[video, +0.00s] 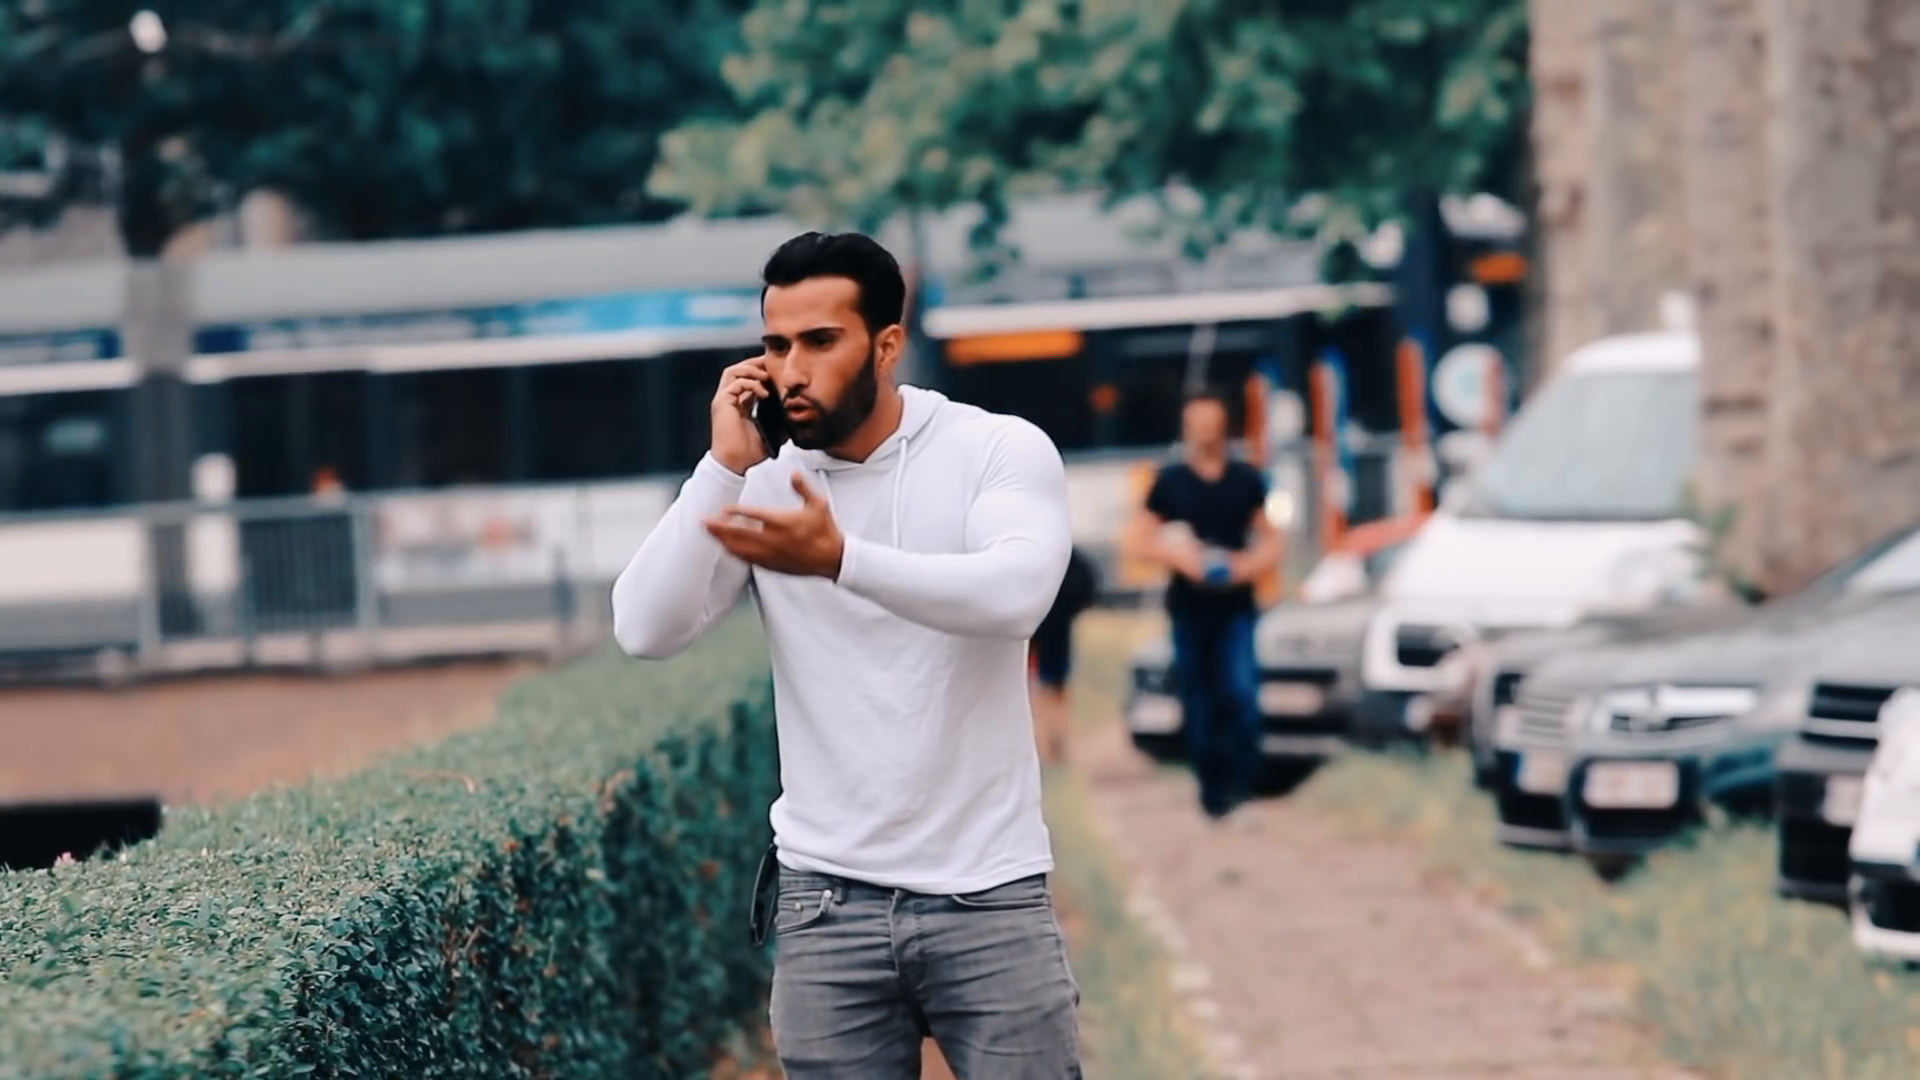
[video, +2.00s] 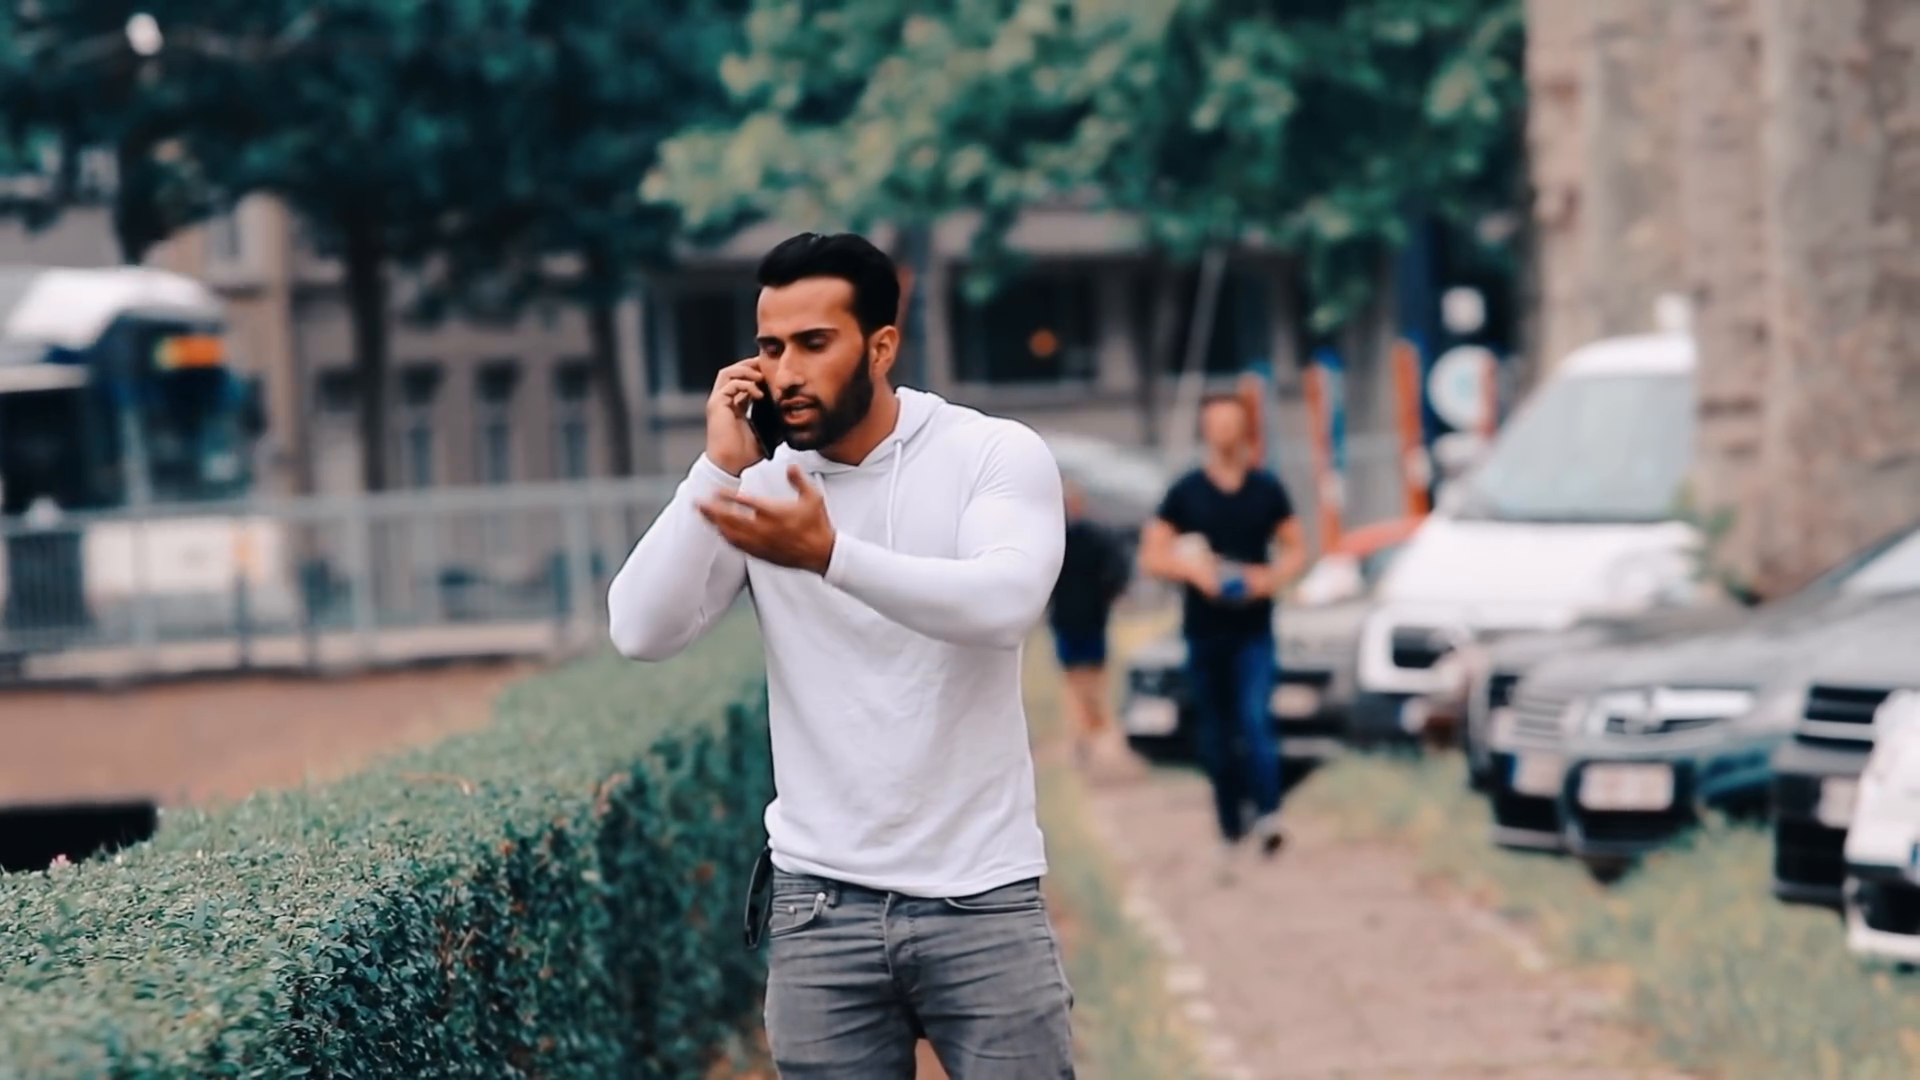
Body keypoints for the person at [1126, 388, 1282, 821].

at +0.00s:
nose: (1202, 436)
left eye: (1210, 428)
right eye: (1195, 428)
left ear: (1223, 429)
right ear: (1185, 429)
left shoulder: (1245, 480)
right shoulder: (1171, 479)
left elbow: (1271, 539)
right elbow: (1144, 538)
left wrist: (1246, 565)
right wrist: (1185, 558)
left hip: (1236, 602)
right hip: (1190, 603)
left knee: (1240, 692)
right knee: (1197, 697)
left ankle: (1239, 786)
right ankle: (1212, 789)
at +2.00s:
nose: (1224, 438)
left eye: (1232, 430)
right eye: (1216, 430)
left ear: (1246, 431)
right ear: (1205, 432)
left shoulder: (1265, 489)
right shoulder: (1187, 491)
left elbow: (1296, 550)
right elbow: (1153, 555)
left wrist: (1268, 579)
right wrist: (1195, 569)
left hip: (1253, 625)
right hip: (1205, 628)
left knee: (1254, 717)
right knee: (1214, 729)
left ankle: (1268, 814)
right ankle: (1231, 826)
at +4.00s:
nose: (1259, 419)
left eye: (1268, 409)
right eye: (1250, 409)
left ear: (1280, 416)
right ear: (1235, 416)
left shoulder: (1303, 482)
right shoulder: (1214, 484)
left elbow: (1337, 546)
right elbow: (1179, 552)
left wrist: (1298, 569)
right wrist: (1226, 562)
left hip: (1288, 621)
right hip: (1238, 623)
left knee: (1289, 718)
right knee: (1251, 727)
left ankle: (1300, 818)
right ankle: (1269, 832)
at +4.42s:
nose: (1259, 409)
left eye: (1267, 399)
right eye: (1250, 400)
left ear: (1282, 408)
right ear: (1236, 408)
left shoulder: (1309, 477)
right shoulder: (1219, 481)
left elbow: (1345, 538)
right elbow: (1188, 550)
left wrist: (1305, 563)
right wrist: (1228, 560)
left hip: (1293, 613)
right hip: (1242, 614)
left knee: (1287, 725)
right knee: (1254, 721)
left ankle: (1283, 833)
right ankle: (1255, 831)